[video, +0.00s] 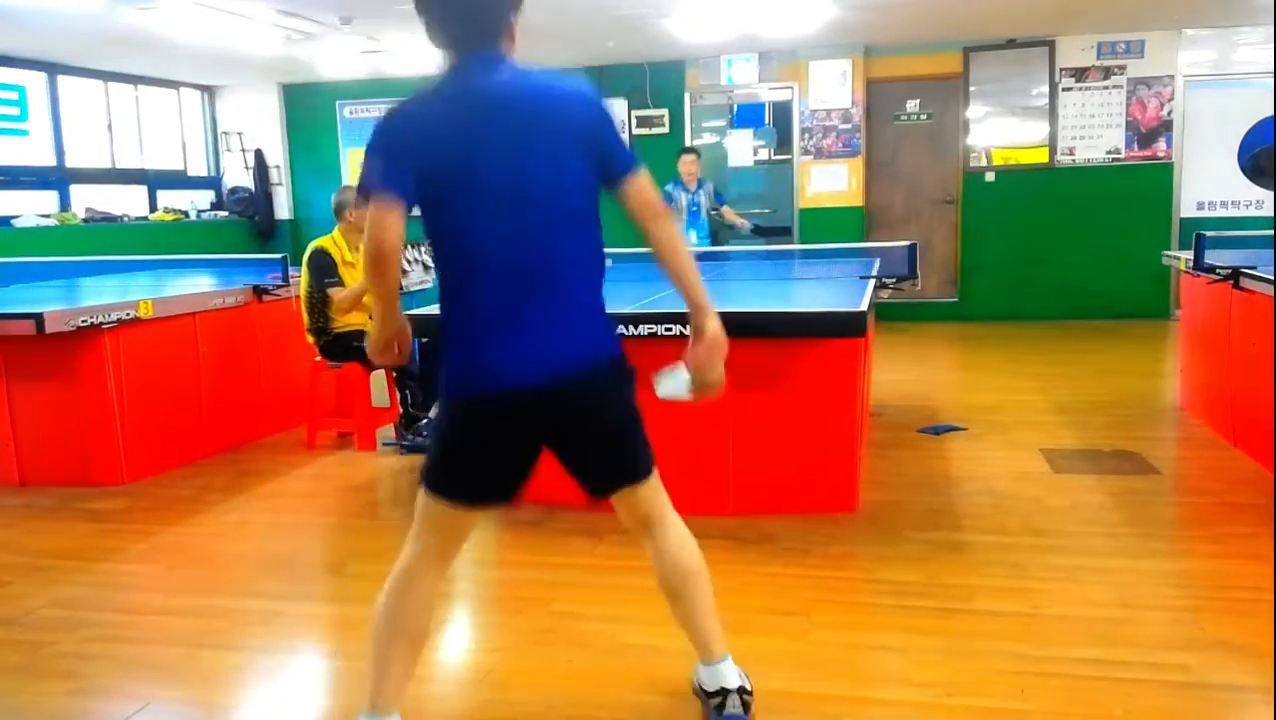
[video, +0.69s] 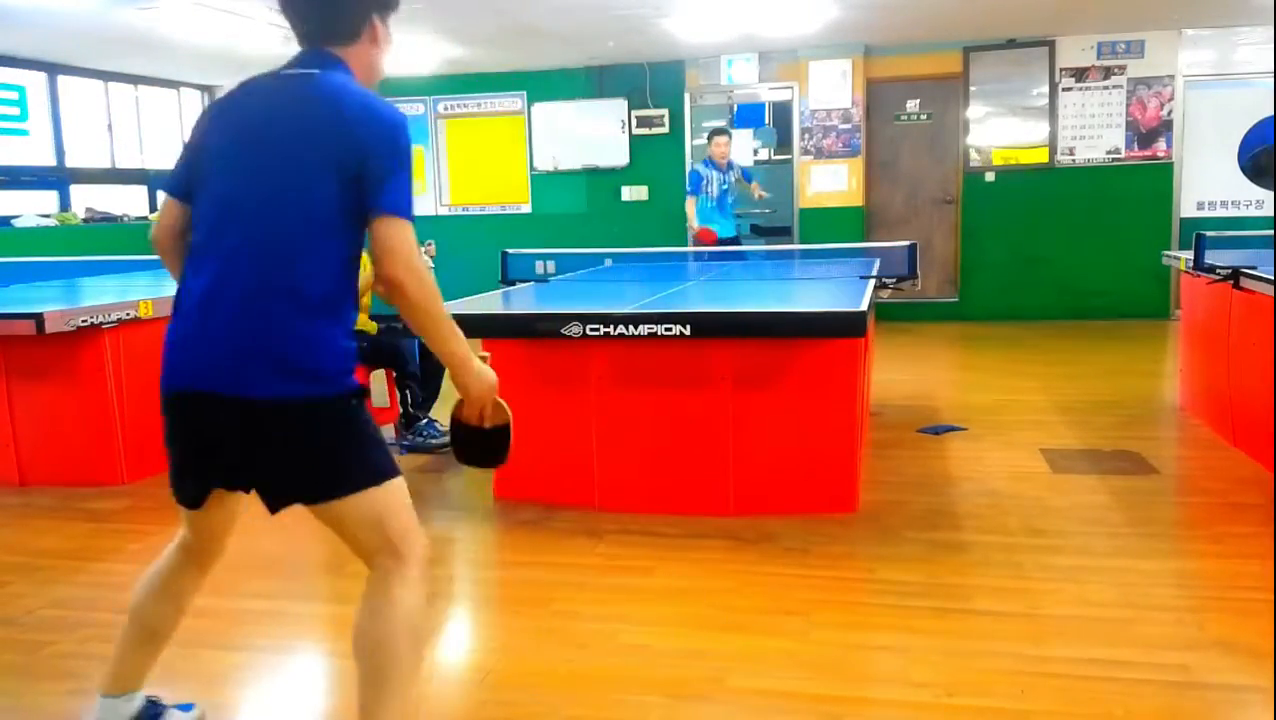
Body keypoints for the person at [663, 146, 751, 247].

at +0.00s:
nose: (689, 168)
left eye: (693, 163)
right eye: (685, 163)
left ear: (698, 165)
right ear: (678, 166)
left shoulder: (708, 187)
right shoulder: (670, 190)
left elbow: (723, 209)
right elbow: (663, 218)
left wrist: (738, 221)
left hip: (704, 247)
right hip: (679, 249)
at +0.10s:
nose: (702, 165)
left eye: (706, 160)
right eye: (697, 160)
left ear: (712, 162)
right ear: (691, 163)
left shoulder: (719, 184)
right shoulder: (681, 186)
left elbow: (734, 206)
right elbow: (670, 215)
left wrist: (743, 227)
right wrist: (685, 238)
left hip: (712, 245)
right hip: (686, 246)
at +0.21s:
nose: (709, 167)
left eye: (713, 162)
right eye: (705, 162)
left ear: (718, 164)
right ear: (698, 165)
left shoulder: (726, 183)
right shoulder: (688, 186)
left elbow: (743, 205)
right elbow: (675, 214)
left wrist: (733, 210)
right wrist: (691, 233)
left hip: (717, 240)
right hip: (692, 241)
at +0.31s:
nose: (712, 170)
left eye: (716, 165)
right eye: (708, 165)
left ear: (722, 167)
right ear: (701, 168)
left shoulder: (730, 182)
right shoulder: (693, 188)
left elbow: (750, 199)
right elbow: (681, 219)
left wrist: (733, 198)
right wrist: (699, 229)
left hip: (724, 241)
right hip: (699, 242)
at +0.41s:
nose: (714, 172)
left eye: (718, 167)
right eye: (709, 167)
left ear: (723, 168)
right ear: (701, 169)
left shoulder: (730, 182)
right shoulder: (693, 190)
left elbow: (756, 193)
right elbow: (686, 222)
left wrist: (735, 193)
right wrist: (709, 221)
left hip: (725, 246)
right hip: (700, 248)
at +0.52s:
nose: (718, 163)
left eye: (722, 158)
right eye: (713, 159)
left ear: (726, 160)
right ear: (705, 162)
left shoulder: (731, 174)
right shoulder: (697, 176)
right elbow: (694, 190)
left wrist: (752, 185)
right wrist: (696, 201)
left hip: (724, 232)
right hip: (702, 232)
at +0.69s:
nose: (723, 150)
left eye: (726, 145)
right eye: (717, 145)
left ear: (730, 147)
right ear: (709, 148)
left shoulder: (733, 168)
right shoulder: (698, 172)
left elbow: (752, 181)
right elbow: (690, 200)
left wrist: (756, 191)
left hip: (730, 234)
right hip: (707, 235)